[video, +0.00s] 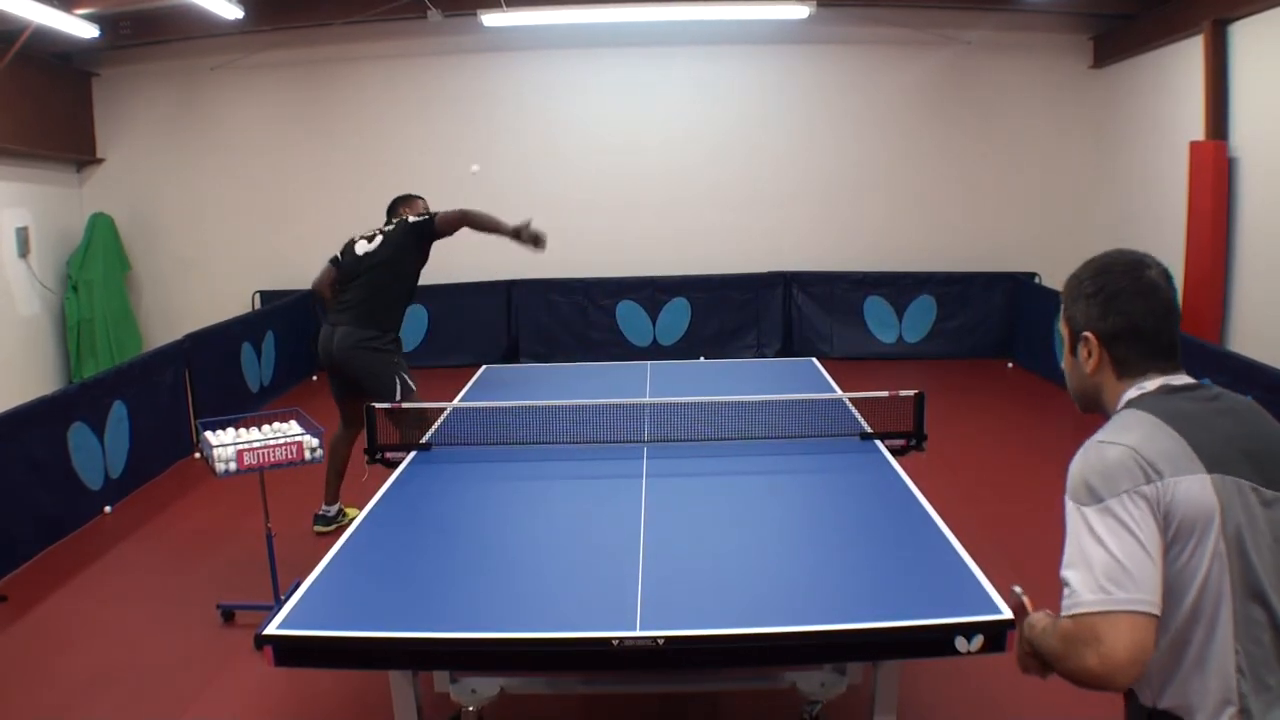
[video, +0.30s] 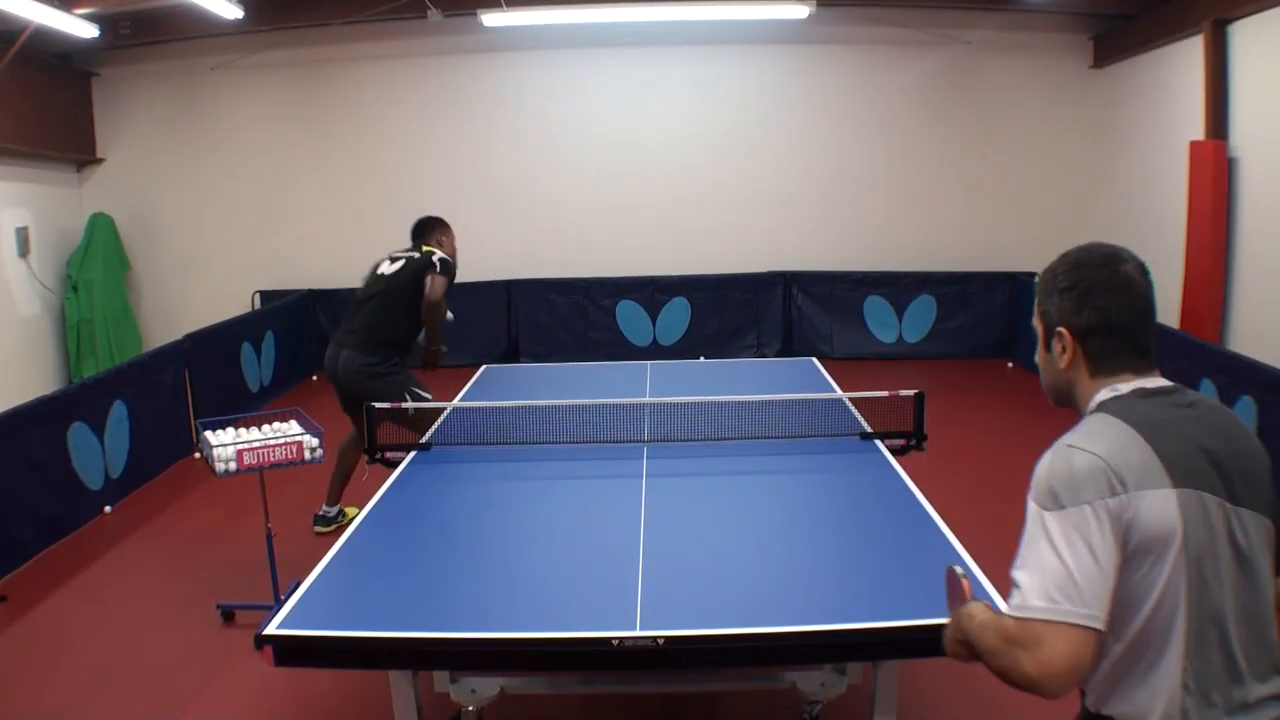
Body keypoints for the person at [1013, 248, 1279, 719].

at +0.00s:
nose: (1064, 362)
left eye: (1064, 345)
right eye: (1063, 344)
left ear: (1090, 351)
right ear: (1169, 336)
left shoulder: (1120, 454)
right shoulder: (1257, 420)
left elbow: (1114, 658)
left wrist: (1041, 632)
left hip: (1188, 707)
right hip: (1269, 700)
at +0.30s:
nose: (1037, 356)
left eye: (1038, 338)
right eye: (1036, 338)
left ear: (1064, 346)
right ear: (1141, 330)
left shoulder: (1087, 459)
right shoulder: (1235, 432)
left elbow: (1052, 665)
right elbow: (1263, 598)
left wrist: (975, 623)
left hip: (1142, 708)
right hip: (1261, 701)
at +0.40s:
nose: (1028, 336)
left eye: (1028, 318)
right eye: (1027, 319)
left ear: (1052, 321)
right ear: (1131, 308)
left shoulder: (1069, 434)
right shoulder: (1232, 412)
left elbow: (1013, 631)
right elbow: (1268, 571)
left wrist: (941, 597)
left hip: (1131, 705)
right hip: (1252, 697)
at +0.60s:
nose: (1022, 336)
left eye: (1023, 318)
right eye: (1022, 318)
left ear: (1050, 322)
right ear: (1119, 305)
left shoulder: (1066, 430)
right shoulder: (1213, 401)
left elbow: (957, 594)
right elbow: (1259, 540)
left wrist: (906, 572)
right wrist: (1155, 560)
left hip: (1113, 705)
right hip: (1231, 698)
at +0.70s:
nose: (993, 339)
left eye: (992, 321)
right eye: (991, 321)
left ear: (1018, 322)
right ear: (1086, 306)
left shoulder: (1038, 419)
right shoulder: (1182, 397)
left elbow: (904, 565)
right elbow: (1232, 522)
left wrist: (879, 569)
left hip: (1092, 697)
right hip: (1205, 694)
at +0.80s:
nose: (942, 345)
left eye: (941, 330)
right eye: (939, 330)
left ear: (962, 327)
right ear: (1037, 312)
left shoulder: (978, 414)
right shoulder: (1136, 395)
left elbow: (826, 535)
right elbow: (1202, 507)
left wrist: (849, 575)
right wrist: (1116, 551)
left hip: (1047, 693)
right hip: (1163, 685)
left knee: (960, 702)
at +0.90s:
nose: (885, 372)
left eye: (884, 356)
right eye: (884, 356)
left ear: (901, 355)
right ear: (978, 346)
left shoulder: (892, 440)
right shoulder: (1076, 417)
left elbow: (737, 529)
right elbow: (1177, 526)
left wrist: (797, 553)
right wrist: (1163, 563)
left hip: (971, 702)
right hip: (1100, 695)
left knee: (891, 696)